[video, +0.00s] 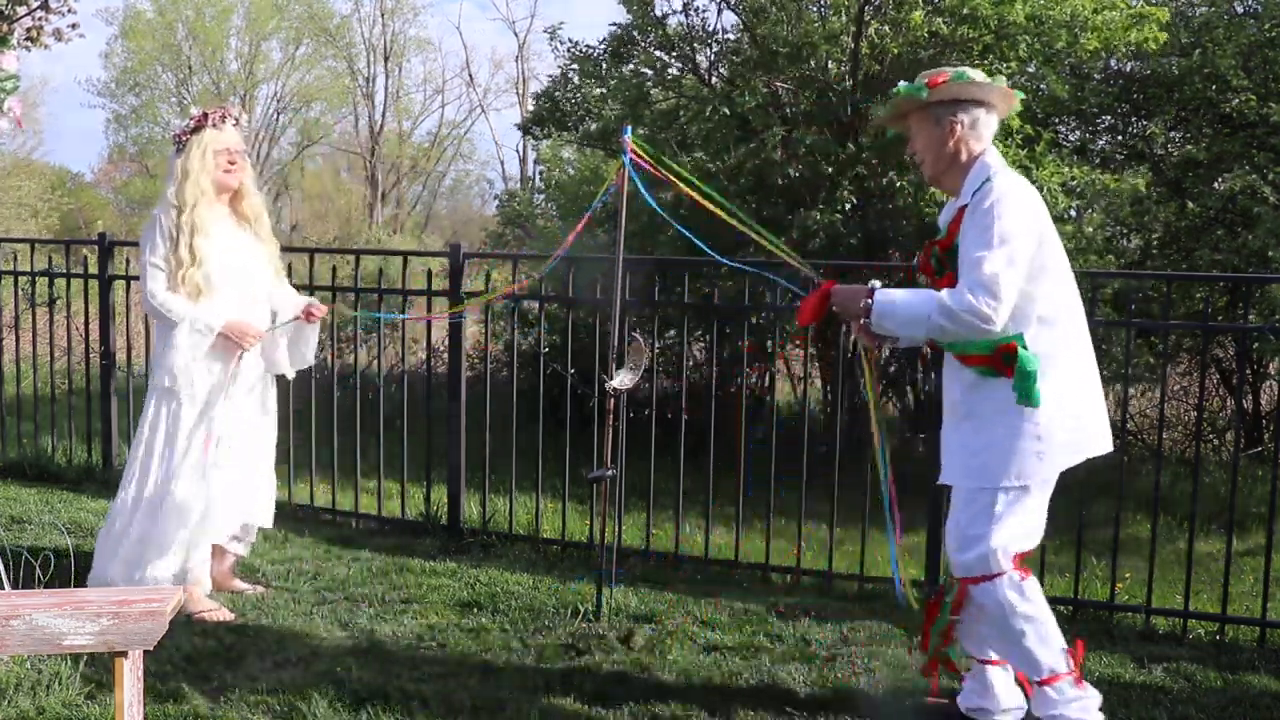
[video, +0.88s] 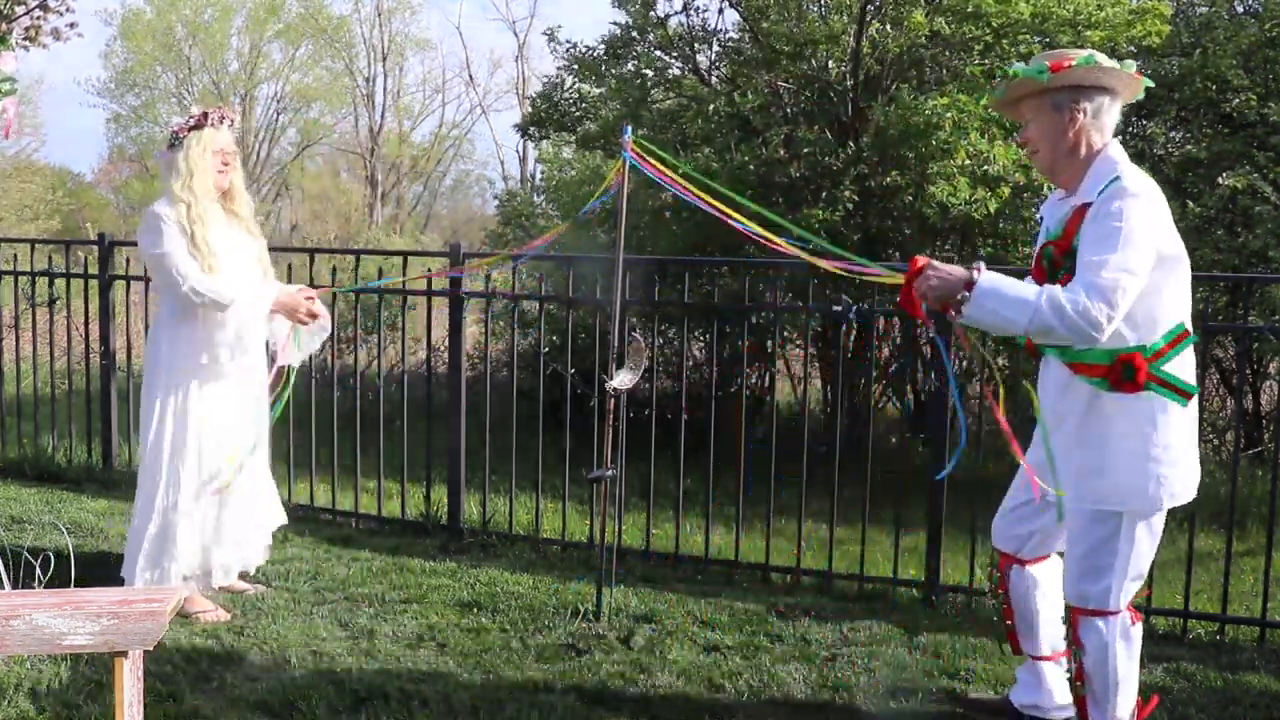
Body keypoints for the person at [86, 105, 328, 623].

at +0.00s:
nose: (234, 160)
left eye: (240, 153)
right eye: (222, 152)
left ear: (248, 162)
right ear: (196, 160)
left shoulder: (250, 222)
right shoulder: (171, 218)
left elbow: (270, 286)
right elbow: (155, 294)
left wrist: (297, 306)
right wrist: (220, 323)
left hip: (248, 365)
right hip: (195, 367)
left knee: (242, 464)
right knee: (194, 470)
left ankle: (222, 570)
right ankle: (192, 587)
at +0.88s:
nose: (226, 162)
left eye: (231, 154)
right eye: (215, 154)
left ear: (237, 162)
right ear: (188, 161)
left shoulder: (239, 224)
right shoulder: (163, 218)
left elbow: (256, 306)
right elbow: (193, 289)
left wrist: (296, 315)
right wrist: (273, 299)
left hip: (237, 367)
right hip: (188, 368)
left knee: (233, 467)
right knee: (188, 471)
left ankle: (221, 568)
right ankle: (179, 584)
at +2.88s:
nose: (241, 163)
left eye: (243, 155)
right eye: (230, 155)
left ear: (244, 161)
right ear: (202, 163)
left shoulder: (244, 218)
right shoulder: (179, 216)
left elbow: (268, 293)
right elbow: (222, 268)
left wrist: (331, 277)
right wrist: (302, 256)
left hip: (242, 358)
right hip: (201, 359)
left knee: (233, 467)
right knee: (203, 467)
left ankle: (211, 587)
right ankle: (188, 591)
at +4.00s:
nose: (248, 165)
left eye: (256, 157)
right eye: (238, 156)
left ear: (263, 164)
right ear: (212, 161)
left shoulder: (272, 211)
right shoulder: (183, 207)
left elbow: (300, 278)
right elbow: (192, 251)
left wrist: (315, 249)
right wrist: (263, 230)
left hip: (262, 342)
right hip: (200, 346)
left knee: (273, 435)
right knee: (195, 456)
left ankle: (266, 539)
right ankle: (186, 577)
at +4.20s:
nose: (250, 168)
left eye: (257, 160)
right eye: (239, 159)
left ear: (263, 169)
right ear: (212, 166)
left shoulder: (261, 227)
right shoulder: (182, 223)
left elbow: (283, 290)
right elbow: (204, 283)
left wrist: (314, 306)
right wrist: (285, 296)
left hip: (259, 356)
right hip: (201, 360)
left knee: (284, 449)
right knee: (206, 467)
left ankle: (291, 546)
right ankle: (195, 584)